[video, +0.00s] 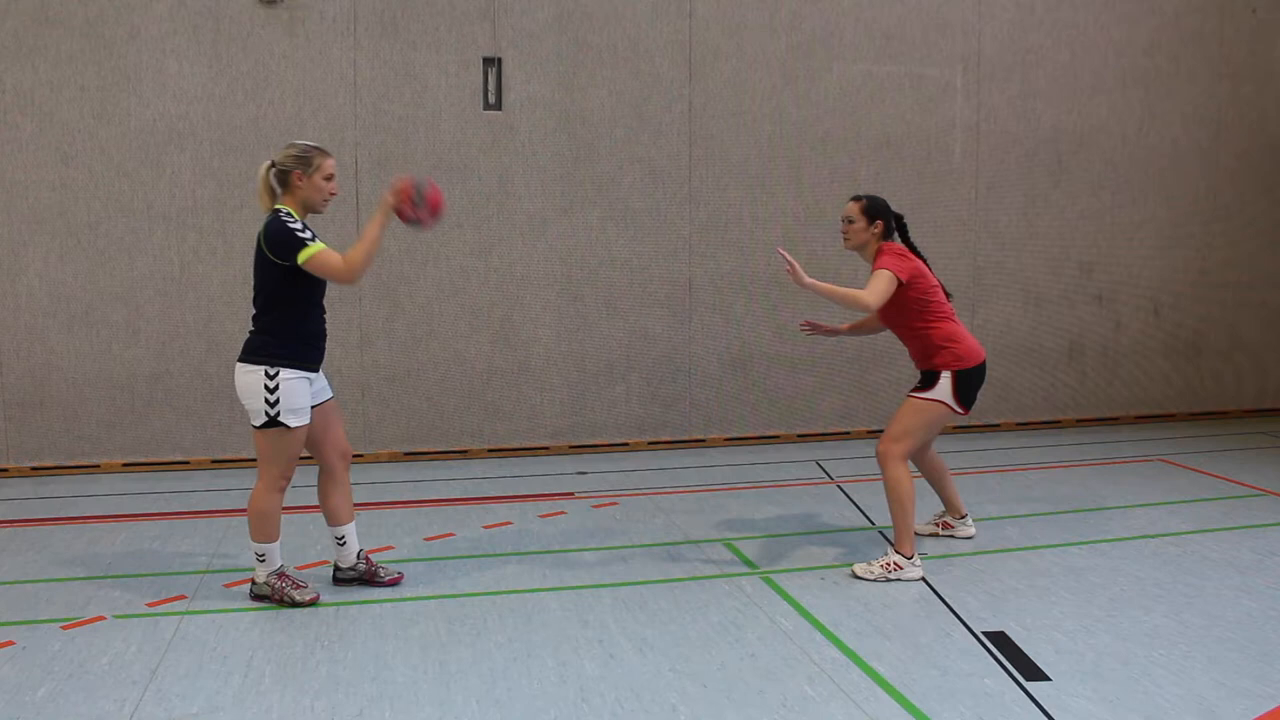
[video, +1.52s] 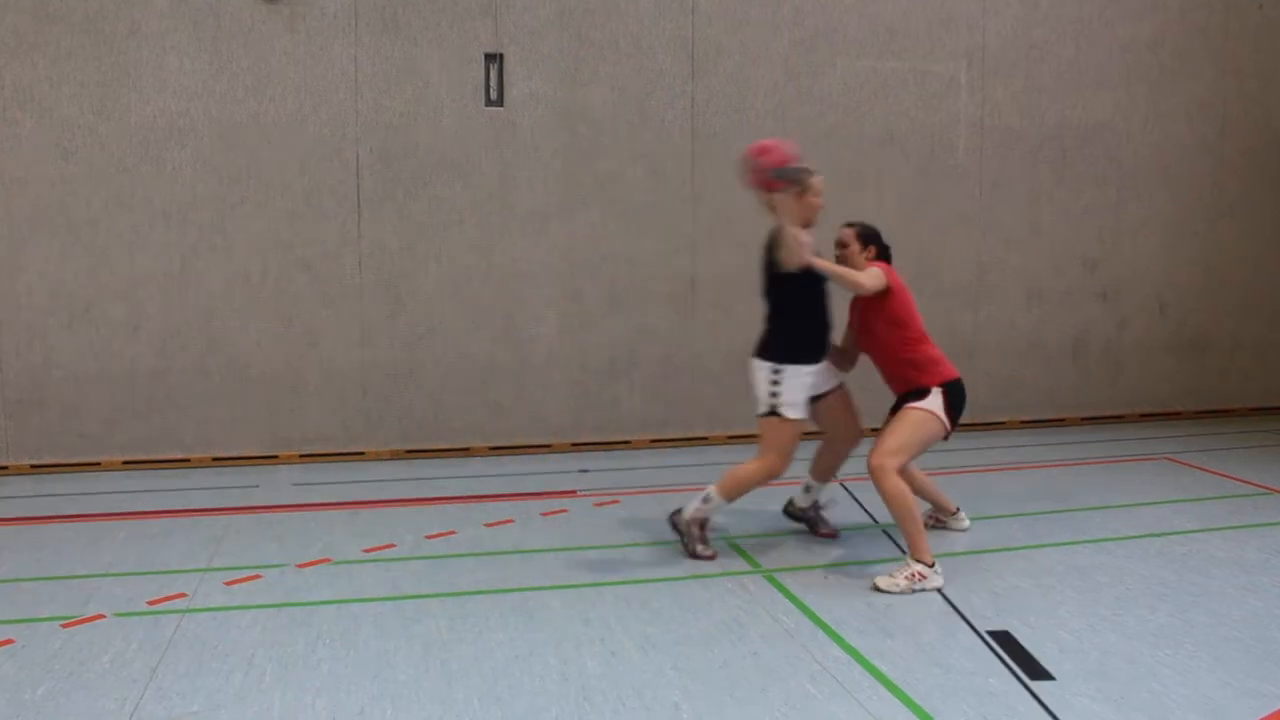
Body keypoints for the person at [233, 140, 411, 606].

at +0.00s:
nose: (334, 188)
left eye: (335, 179)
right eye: (327, 179)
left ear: (302, 182)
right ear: (298, 180)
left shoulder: (299, 227)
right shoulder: (281, 228)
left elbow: (289, 302)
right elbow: (347, 270)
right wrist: (385, 210)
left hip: (305, 369)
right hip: (273, 372)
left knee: (337, 458)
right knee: (275, 477)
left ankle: (349, 562)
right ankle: (266, 574)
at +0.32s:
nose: (374, 205)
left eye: (376, 196)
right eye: (369, 195)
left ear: (344, 190)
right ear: (341, 188)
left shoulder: (328, 233)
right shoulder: (320, 233)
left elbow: (313, 313)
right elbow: (327, 313)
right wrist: (375, 357)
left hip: (317, 371)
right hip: (291, 371)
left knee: (341, 459)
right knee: (282, 474)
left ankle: (299, 554)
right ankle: (267, 574)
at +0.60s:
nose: (421, 188)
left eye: (422, 179)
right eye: (416, 178)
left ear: (395, 176)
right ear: (387, 174)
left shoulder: (388, 224)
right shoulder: (362, 216)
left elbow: (393, 290)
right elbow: (380, 278)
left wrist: (444, 298)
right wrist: (452, 277)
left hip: (363, 356)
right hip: (341, 355)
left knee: (359, 453)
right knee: (348, 455)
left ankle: (305, 543)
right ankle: (296, 547)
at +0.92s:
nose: (521, 220)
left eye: (520, 212)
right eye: (514, 213)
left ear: (492, 221)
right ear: (488, 222)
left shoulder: (489, 266)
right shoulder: (481, 268)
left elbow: (511, 327)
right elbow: (522, 329)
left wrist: (566, 329)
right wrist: (576, 326)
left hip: (469, 397)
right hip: (434, 399)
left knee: (525, 444)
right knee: (398, 488)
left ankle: (525, 541)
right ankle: (310, 555)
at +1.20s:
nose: (672, 184)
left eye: (670, 176)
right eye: (664, 176)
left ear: (651, 183)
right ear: (640, 181)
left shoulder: (646, 229)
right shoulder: (625, 225)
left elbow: (634, 293)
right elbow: (588, 248)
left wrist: (661, 325)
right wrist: (604, 212)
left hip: (645, 351)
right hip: (613, 354)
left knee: (689, 422)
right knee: (624, 456)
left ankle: (663, 506)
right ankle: (575, 526)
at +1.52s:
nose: (820, 203)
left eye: (819, 195)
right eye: (813, 195)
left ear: (799, 200)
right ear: (785, 198)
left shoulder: (803, 245)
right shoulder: (782, 243)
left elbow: (806, 310)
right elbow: (792, 255)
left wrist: (830, 350)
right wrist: (786, 223)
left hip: (815, 362)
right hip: (782, 365)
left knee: (846, 433)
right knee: (773, 462)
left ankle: (806, 502)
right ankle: (693, 516)